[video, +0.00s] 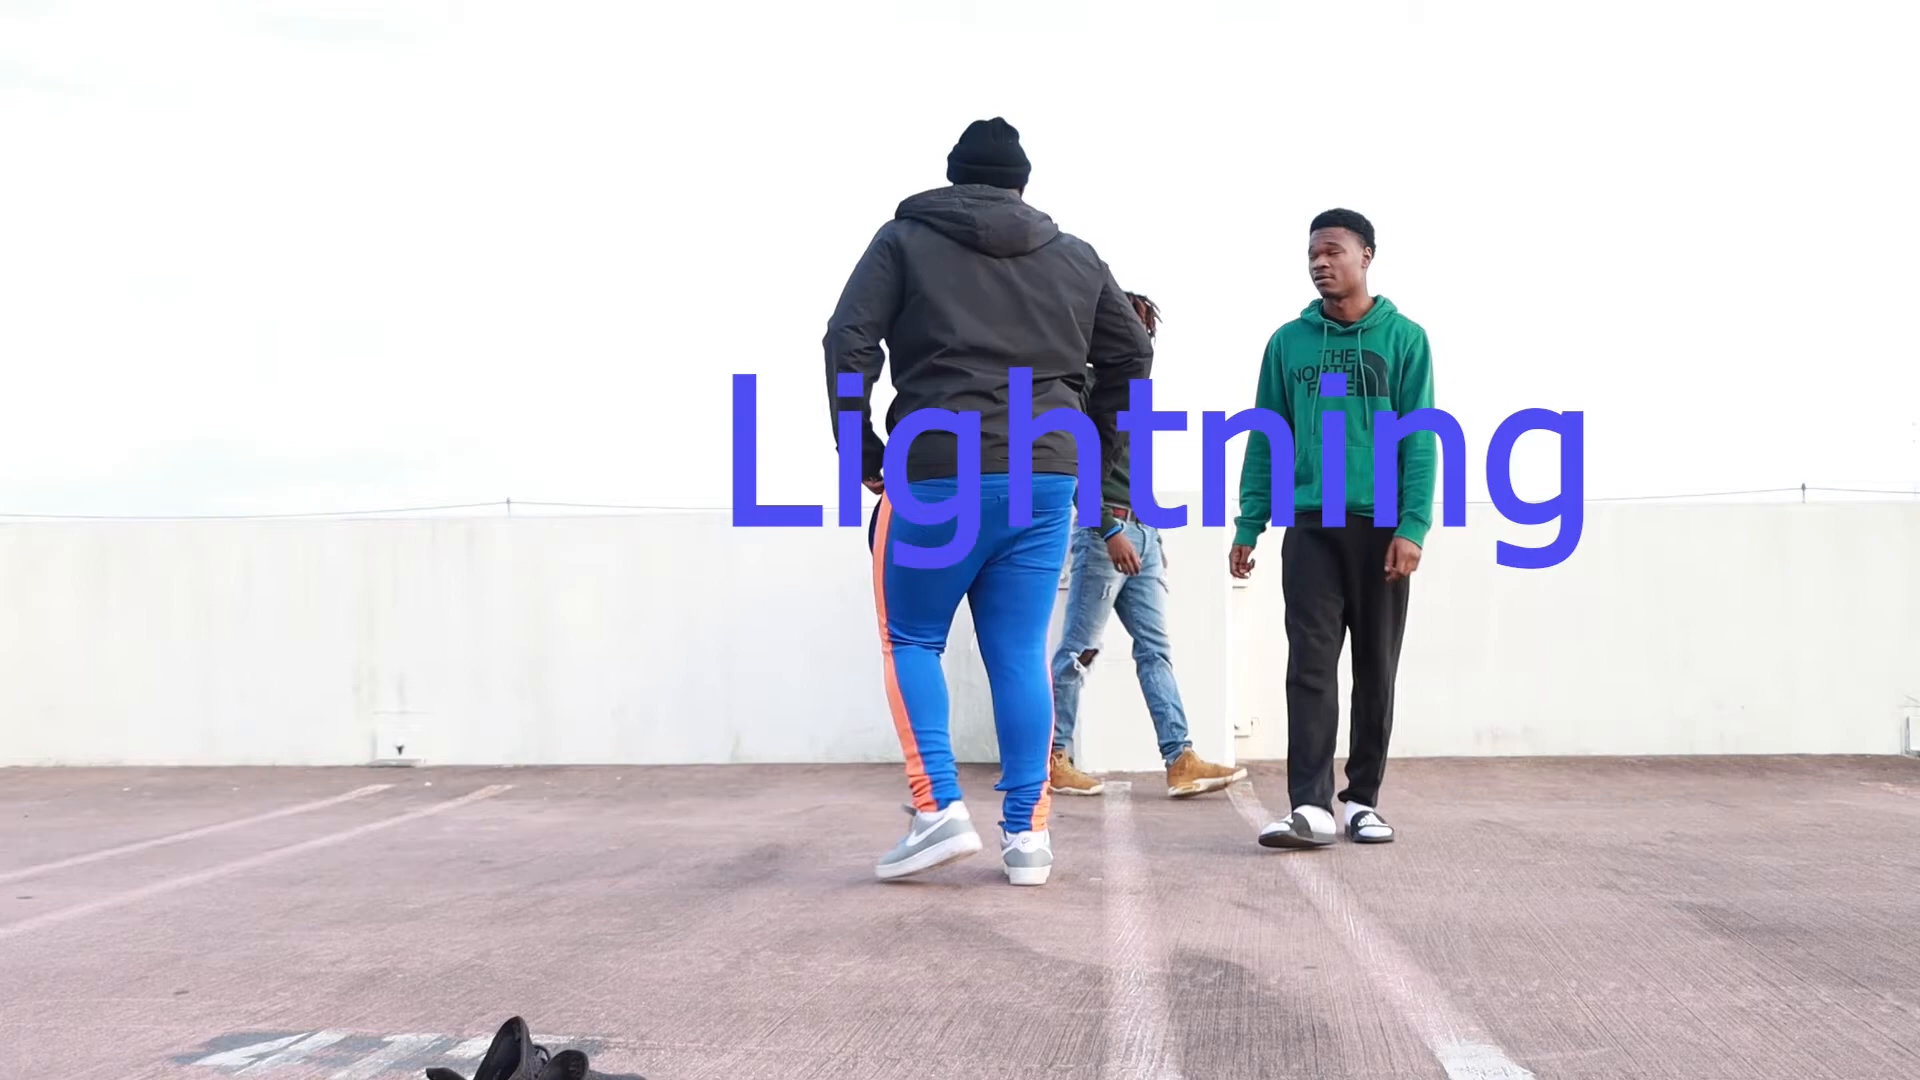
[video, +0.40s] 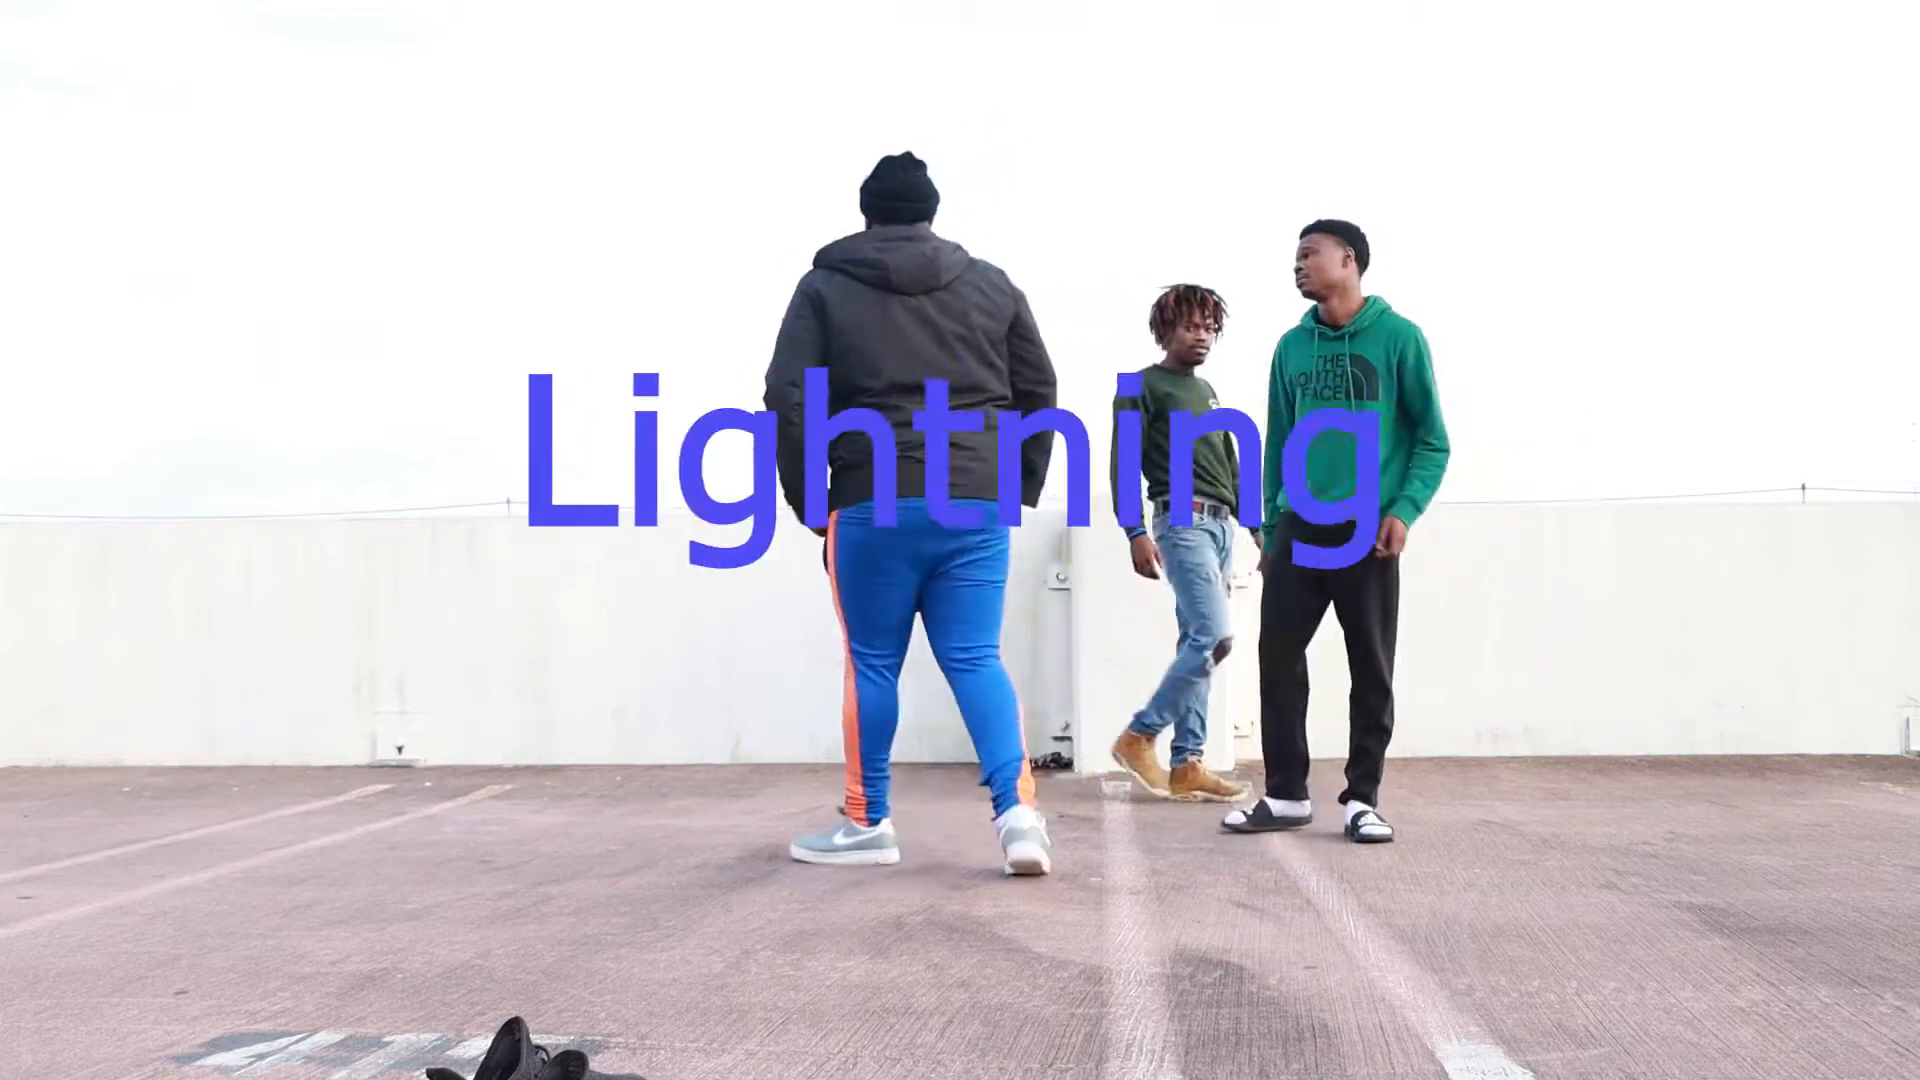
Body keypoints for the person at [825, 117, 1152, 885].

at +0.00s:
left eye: (967, 174)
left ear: (952, 176)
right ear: (1022, 182)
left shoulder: (905, 240)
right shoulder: (1075, 256)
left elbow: (849, 339)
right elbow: (1128, 352)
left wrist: (862, 453)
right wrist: (1089, 437)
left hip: (939, 466)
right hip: (1046, 469)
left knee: (915, 637)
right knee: (1022, 651)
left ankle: (938, 808)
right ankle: (1025, 835)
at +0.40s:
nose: (881, 221)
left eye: (873, 208)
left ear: (867, 212)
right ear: (933, 212)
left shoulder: (827, 285)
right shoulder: (991, 285)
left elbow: (790, 394)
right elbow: (1038, 394)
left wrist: (811, 505)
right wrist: (1015, 492)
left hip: (874, 503)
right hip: (977, 502)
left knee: (873, 662)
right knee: (976, 655)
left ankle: (868, 822)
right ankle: (1016, 808)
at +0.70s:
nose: (807, 225)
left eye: (801, 215)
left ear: (802, 217)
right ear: (865, 214)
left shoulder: (778, 286)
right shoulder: (924, 283)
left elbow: (744, 404)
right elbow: (962, 389)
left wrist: (756, 509)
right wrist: (937, 470)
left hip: (836, 495)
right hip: (926, 496)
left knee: (848, 656)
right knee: (898, 640)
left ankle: (866, 820)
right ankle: (937, 783)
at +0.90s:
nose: (758, 234)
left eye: (761, 223)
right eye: (760, 223)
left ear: (780, 223)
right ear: (825, 225)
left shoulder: (769, 286)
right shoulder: (881, 290)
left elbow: (763, 401)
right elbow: (916, 396)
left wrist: (771, 509)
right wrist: (900, 480)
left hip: (823, 500)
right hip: (895, 501)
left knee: (830, 655)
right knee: (839, 650)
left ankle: (863, 818)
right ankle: (825, 795)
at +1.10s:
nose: (721, 251)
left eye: (730, 238)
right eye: (720, 240)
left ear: (772, 238)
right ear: (772, 243)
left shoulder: (774, 293)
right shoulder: (812, 293)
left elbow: (804, 397)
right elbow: (841, 403)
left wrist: (807, 507)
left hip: (822, 504)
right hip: (838, 498)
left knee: (809, 657)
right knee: (778, 655)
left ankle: (860, 816)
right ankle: (746, 800)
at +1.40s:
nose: (703, 259)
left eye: (713, 245)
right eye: (693, 252)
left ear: (747, 247)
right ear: (690, 265)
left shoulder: (790, 290)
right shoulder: (711, 327)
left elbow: (850, 381)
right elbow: (729, 420)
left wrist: (876, 490)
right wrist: (739, 503)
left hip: (810, 502)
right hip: (752, 512)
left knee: (807, 645)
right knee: (746, 654)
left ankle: (865, 804)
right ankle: (738, 808)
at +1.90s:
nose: (790, 265)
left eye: (802, 253)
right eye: (780, 257)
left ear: (830, 258)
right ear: (770, 269)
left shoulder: (881, 321)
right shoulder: (755, 335)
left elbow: (929, 413)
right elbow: (725, 431)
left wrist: (933, 508)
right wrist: (722, 513)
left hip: (867, 519)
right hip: (778, 523)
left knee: (866, 660)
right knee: (769, 661)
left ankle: (884, 792)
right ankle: (742, 802)